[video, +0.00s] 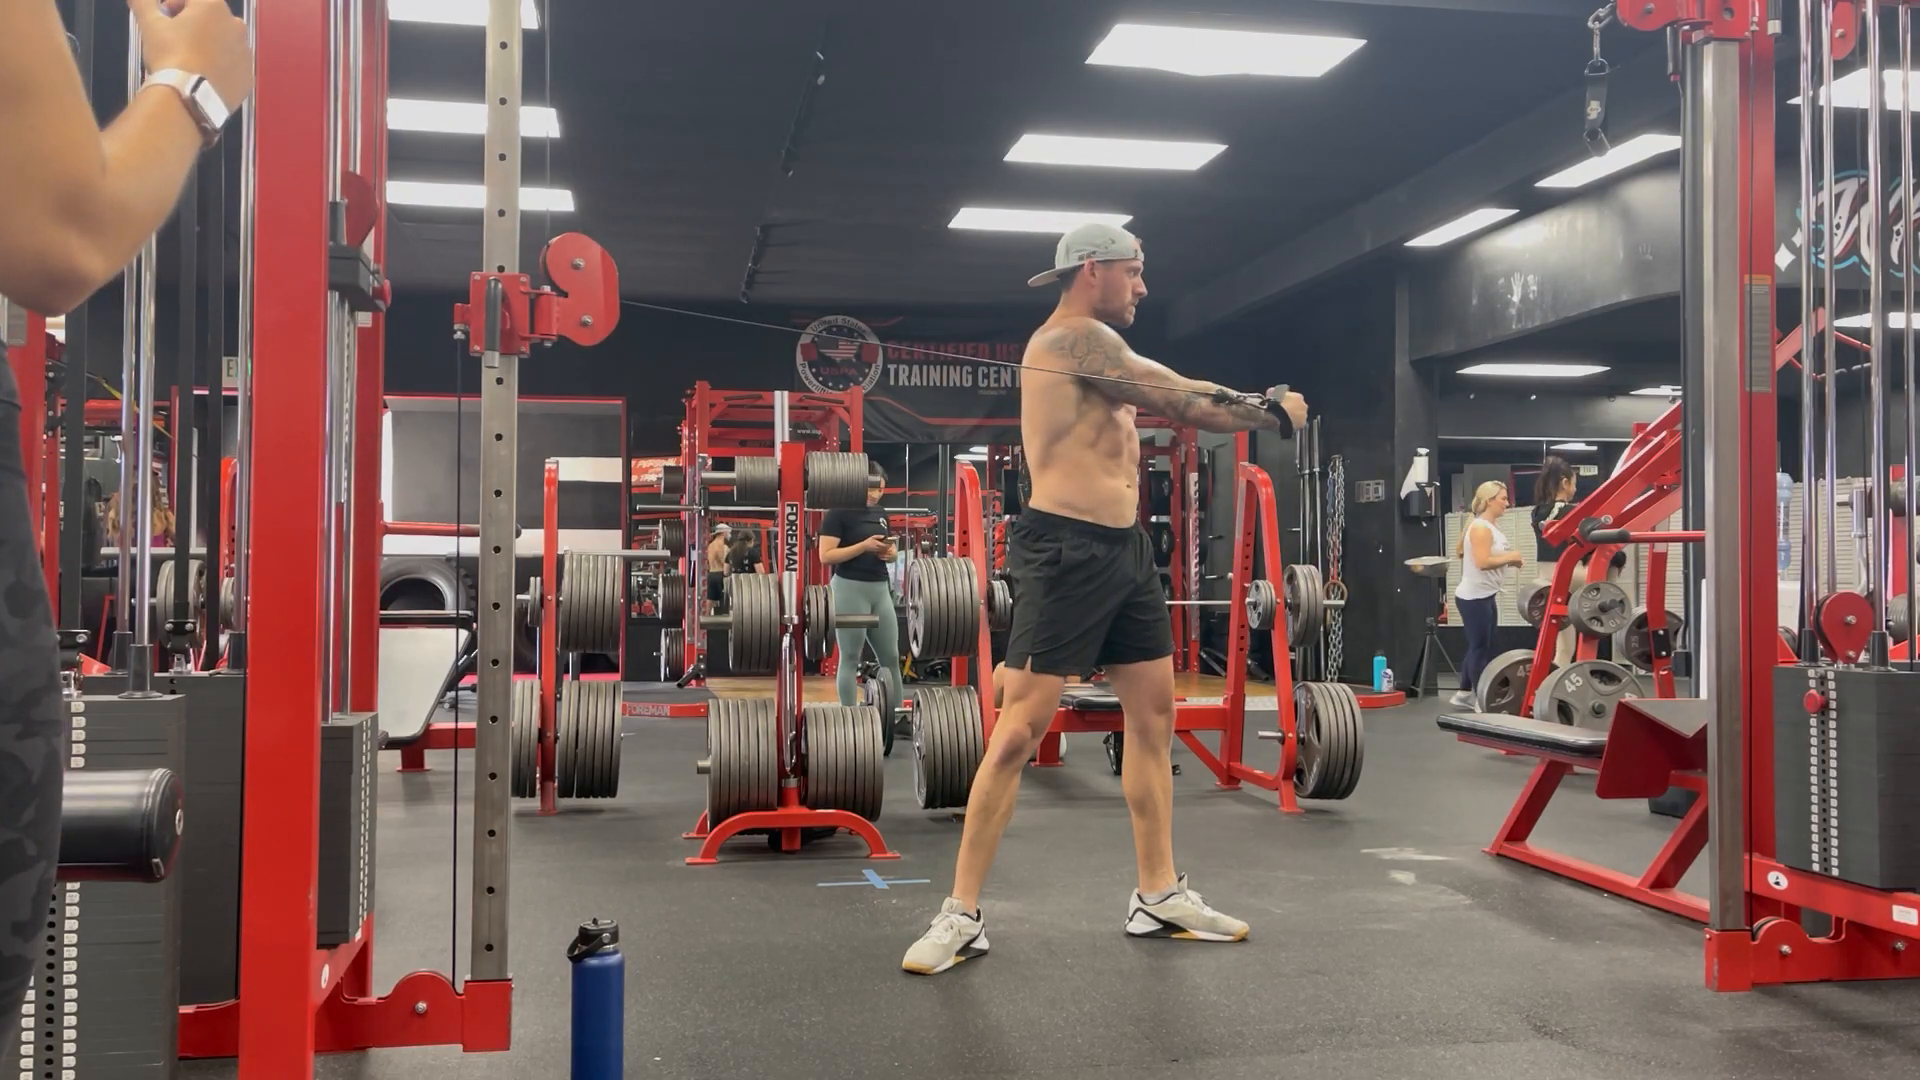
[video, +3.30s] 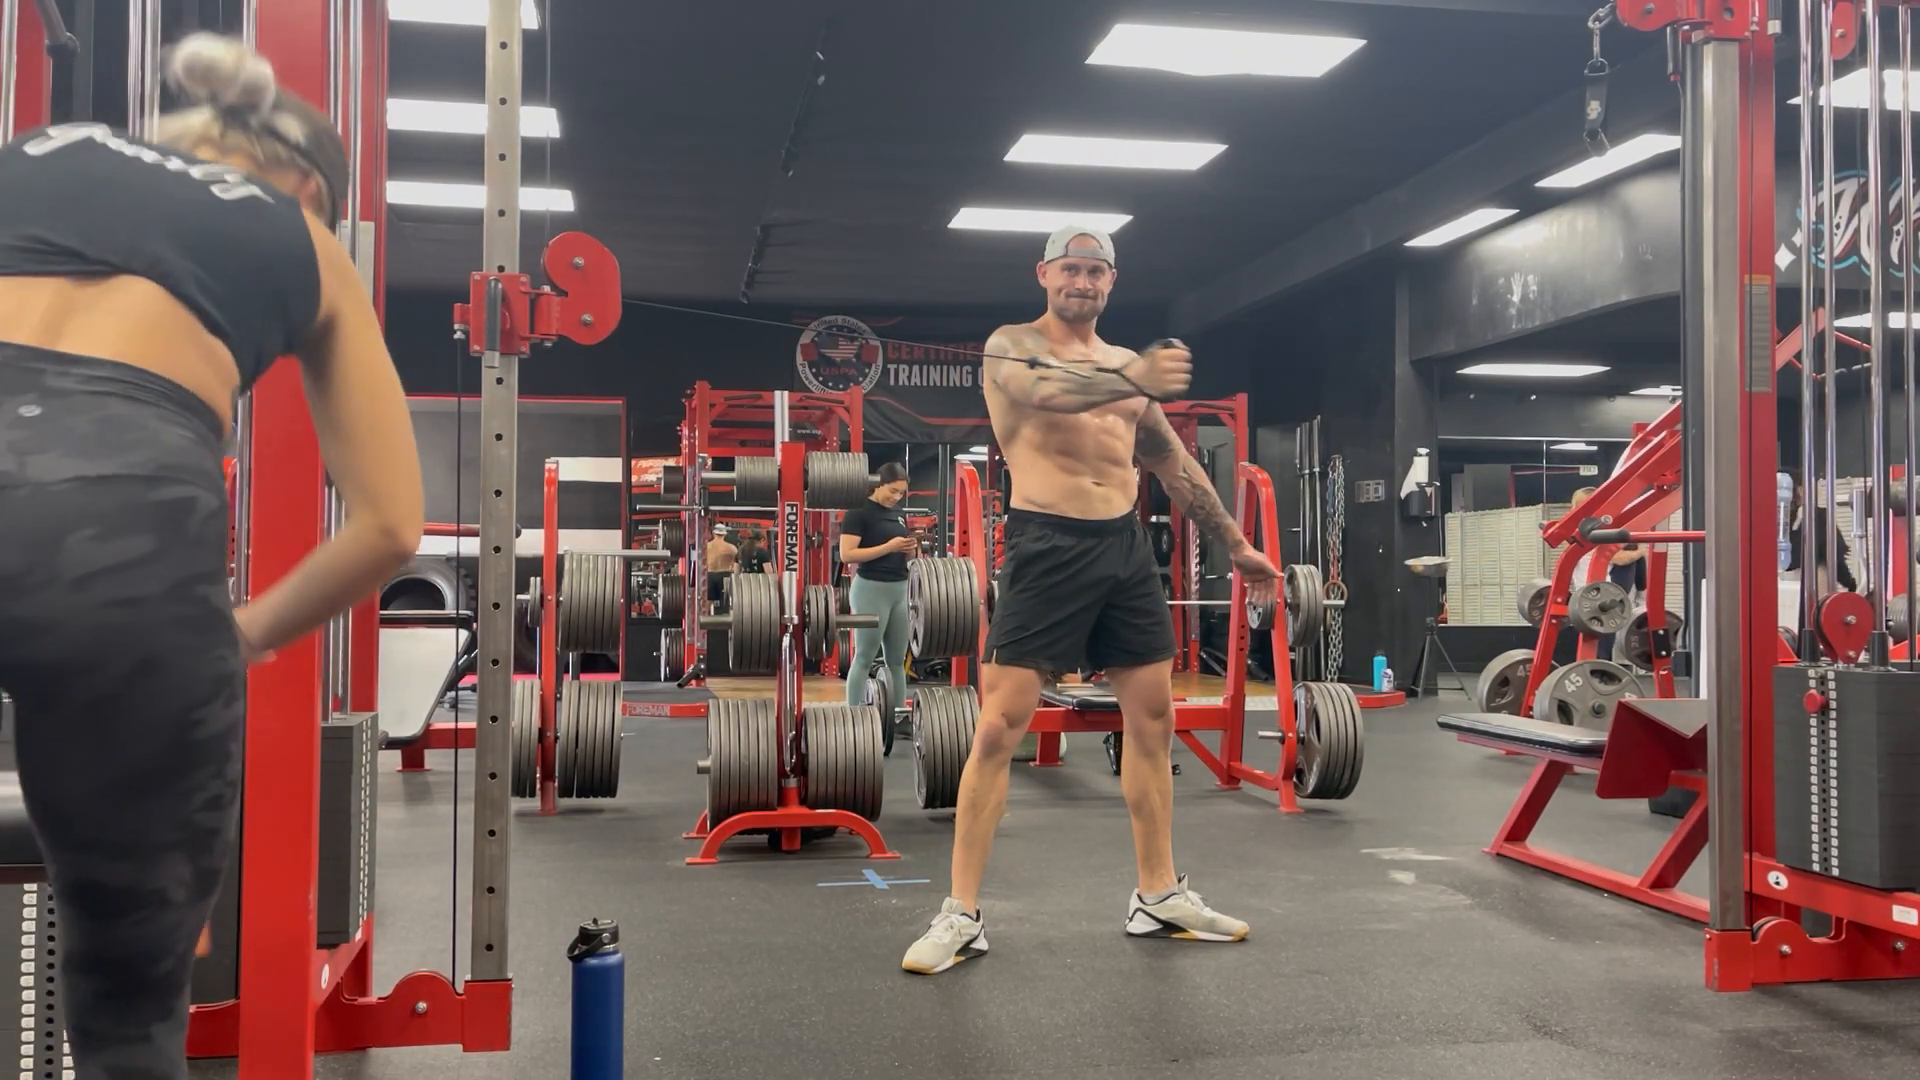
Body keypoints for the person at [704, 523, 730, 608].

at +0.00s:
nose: (729, 534)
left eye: (729, 532)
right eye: (728, 532)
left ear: (719, 533)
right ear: (723, 533)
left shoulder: (711, 544)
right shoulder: (722, 545)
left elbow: (709, 559)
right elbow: (724, 559)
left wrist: (711, 568)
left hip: (712, 572)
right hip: (721, 572)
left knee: (710, 600)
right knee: (723, 601)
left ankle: (707, 617)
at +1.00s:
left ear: (713, 533)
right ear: (724, 533)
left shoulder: (708, 546)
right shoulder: (732, 546)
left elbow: (705, 561)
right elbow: (738, 559)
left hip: (713, 573)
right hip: (727, 573)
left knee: (709, 601)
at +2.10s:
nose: (727, 535)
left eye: (727, 533)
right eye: (726, 533)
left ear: (715, 534)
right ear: (723, 534)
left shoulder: (709, 545)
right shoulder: (724, 546)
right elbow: (732, 559)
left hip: (710, 572)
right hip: (722, 572)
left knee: (710, 599)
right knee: (723, 599)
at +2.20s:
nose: (728, 535)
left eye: (728, 533)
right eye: (727, 533)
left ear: (717, 534)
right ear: (723, 534)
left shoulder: (709, 545)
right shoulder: (722, 547)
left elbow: (728, 552)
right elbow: (729, 561)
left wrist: (735, 555)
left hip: (711, 572)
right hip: (722, 573)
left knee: (711, 600)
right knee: (723, 600)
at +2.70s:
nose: (728, 536)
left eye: (728, 534)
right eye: (727, 534)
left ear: (718, 534)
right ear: (723, 534)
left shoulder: (710, 545)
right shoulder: (722, 547)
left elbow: (727, 552)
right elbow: (726, 564)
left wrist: (735, 555)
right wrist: (733, 574)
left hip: (711, 572)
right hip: (721, 572)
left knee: (710, 599)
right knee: (722, 600)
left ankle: (707, 616)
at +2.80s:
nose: (727, 536)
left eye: (727, 534)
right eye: (727, 534)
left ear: (716, 533)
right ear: (723, 534)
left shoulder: (709, 545)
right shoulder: (723, 546)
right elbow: (728, 560)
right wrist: (734, 567)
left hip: (711, 572)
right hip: (721, 572)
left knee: (710, 599)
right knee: (723, 599)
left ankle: (707, 616)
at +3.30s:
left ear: (714, 533)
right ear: (725, 534)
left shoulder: (708, 546)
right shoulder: (731, 548)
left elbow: (704, 561)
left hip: (711, 573)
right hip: (726, 573)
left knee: (709, 601)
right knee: (725, 602)